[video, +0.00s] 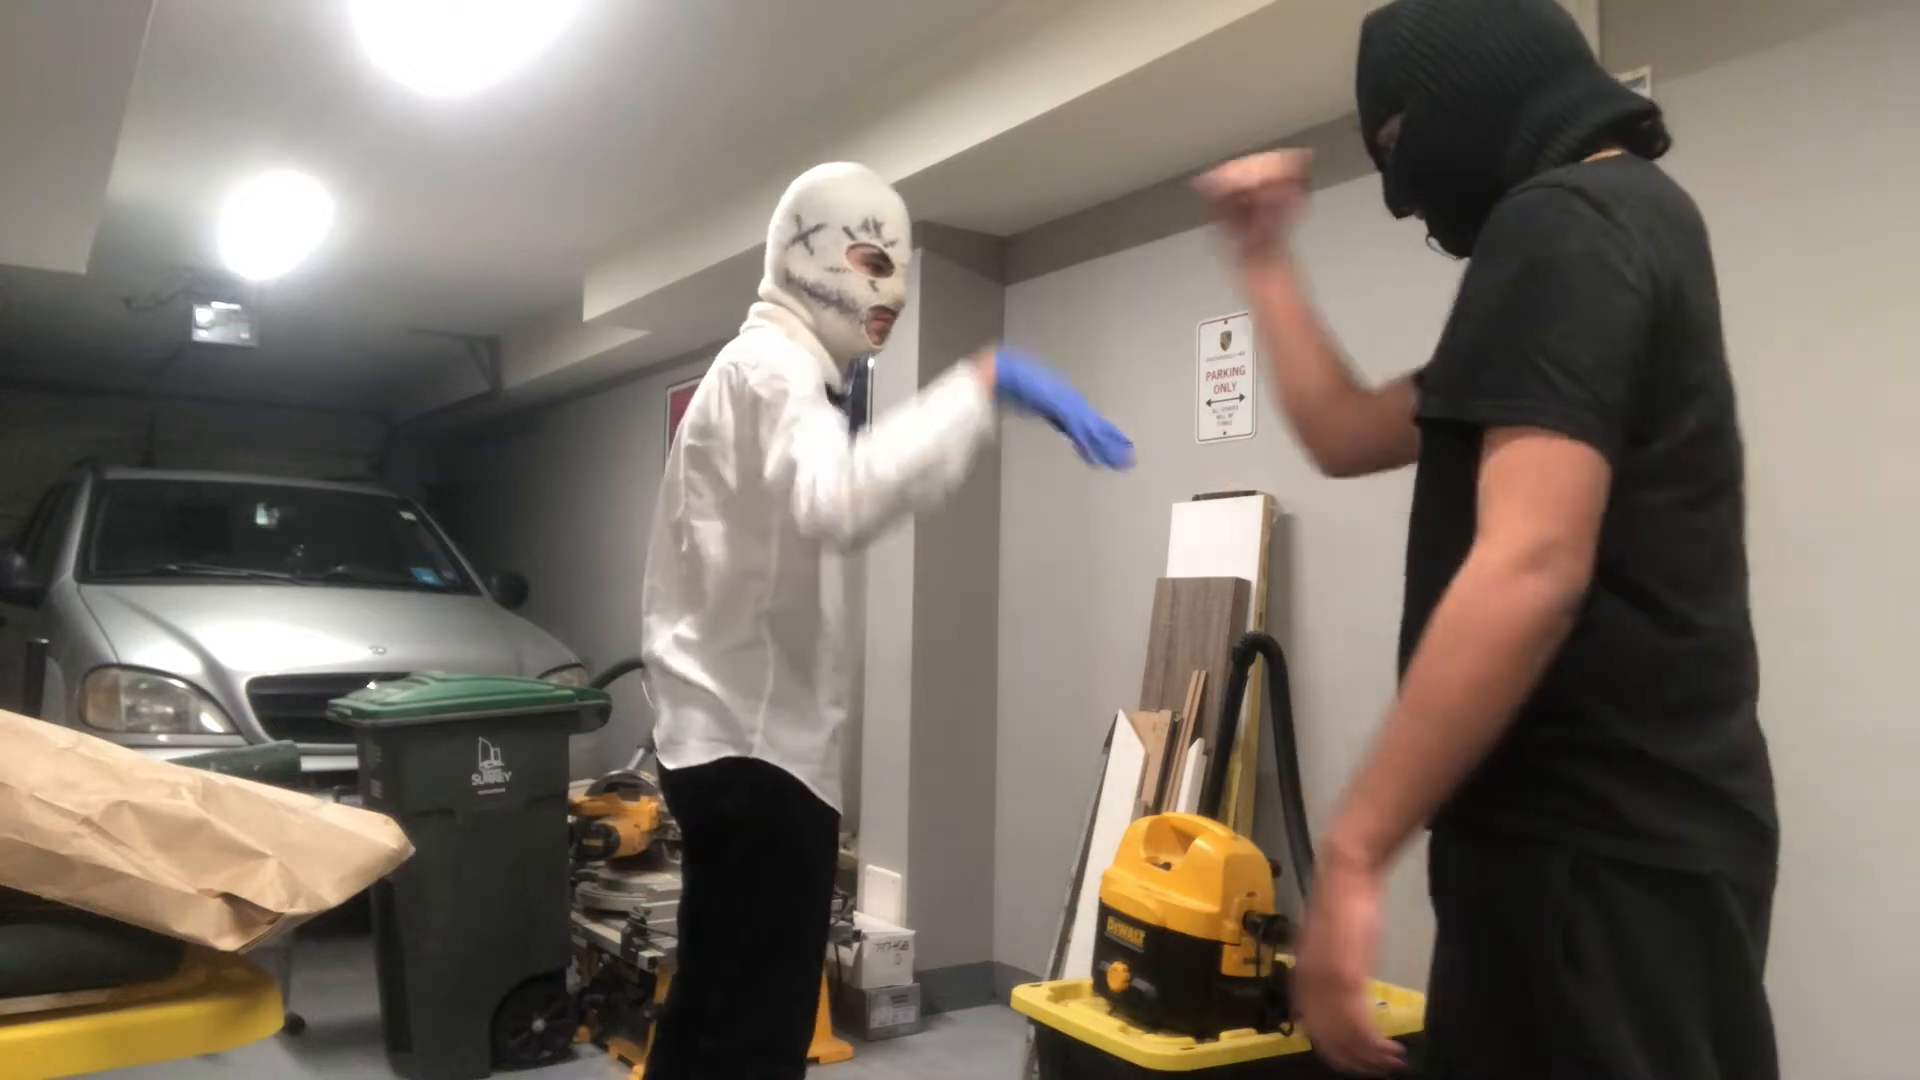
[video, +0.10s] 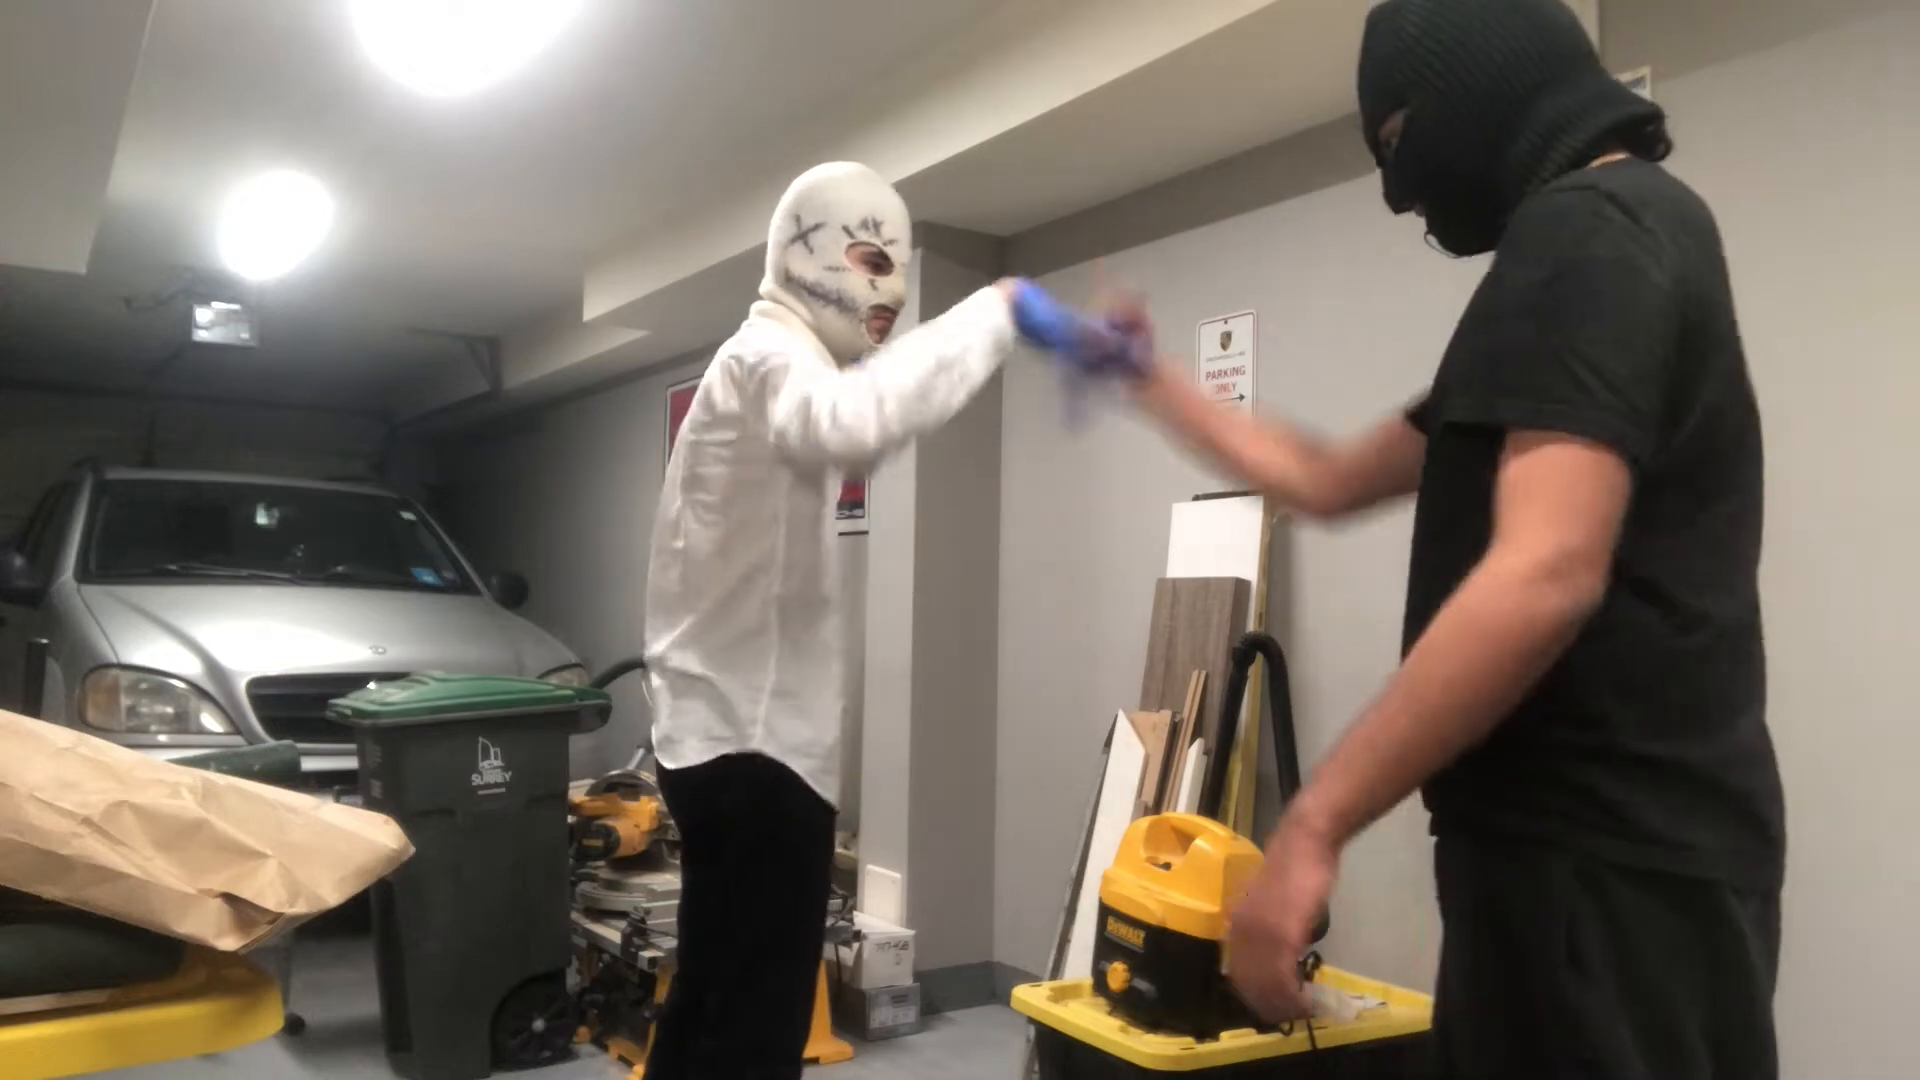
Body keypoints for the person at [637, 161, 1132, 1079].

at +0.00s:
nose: (893, 290)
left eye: (897, 266)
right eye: (875, 260)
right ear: (812, 254)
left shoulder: (796, 368)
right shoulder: (769, 364)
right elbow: (831, 502)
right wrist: (979, 385)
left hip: (768, 743)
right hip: (747, 748)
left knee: (738, 1014)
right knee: (749, 1021)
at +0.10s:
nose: (889, 281)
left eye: (896, 260)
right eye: (869, 254)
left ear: (903, 262)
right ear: (807, 252)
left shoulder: (791, 360)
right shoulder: (766, 352)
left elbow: (872, 409)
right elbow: (843, 421)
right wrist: (1000, 310)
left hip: (765, 735)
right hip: (743, 739)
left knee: (728, 1009)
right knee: (752, 1017)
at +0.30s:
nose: (887, 291)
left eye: (893, 268)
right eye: (869, 261)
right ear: (807, 254)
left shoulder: (791, 364)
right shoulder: (757, 353)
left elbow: (865, 441)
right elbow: (847, 434)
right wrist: (1015, 279)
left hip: (768, 736)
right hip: (737, 739)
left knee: (734, 1016)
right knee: (743, 1022)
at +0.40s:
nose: (884, 290)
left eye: (892, 268)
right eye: (866, 260)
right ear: (804, 253)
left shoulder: (788, 365)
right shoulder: (751, 356)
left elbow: (865, 435)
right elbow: (849, 428)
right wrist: (1017, 294)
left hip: (770, 734)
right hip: (735, 737)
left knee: (735, 1017)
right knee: (744, 1022)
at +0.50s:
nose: (878, 290)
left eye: (886, 267)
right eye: (857, 261)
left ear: (886, 268)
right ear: (795, 255)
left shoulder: (785, 372)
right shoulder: (745, 364)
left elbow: (883, 452)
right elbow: (850, 474)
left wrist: (1038, 378)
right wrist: (1029, 381)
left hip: (770, 739)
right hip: (733, 742)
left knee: (732, 1017)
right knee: (748, 1025)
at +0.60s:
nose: (869, 289)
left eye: (876, 267)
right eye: (848, 259)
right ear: (785, 255)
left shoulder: (762, 368)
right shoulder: (745, 365)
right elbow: (846, 511)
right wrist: (1006, 442)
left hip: (755, 745)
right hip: (736, 747)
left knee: (734, 1020)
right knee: (741, 1026)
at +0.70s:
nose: (861, 290)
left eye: (868, 268)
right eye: (839, 262)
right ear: (774, 261)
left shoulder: (748, 372)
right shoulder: (748, 372)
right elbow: (809, 554)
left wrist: (806, 795)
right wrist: (996, 568)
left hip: (742, 747)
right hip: (741, 752)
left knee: (725, 1024)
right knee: (748, 1033)